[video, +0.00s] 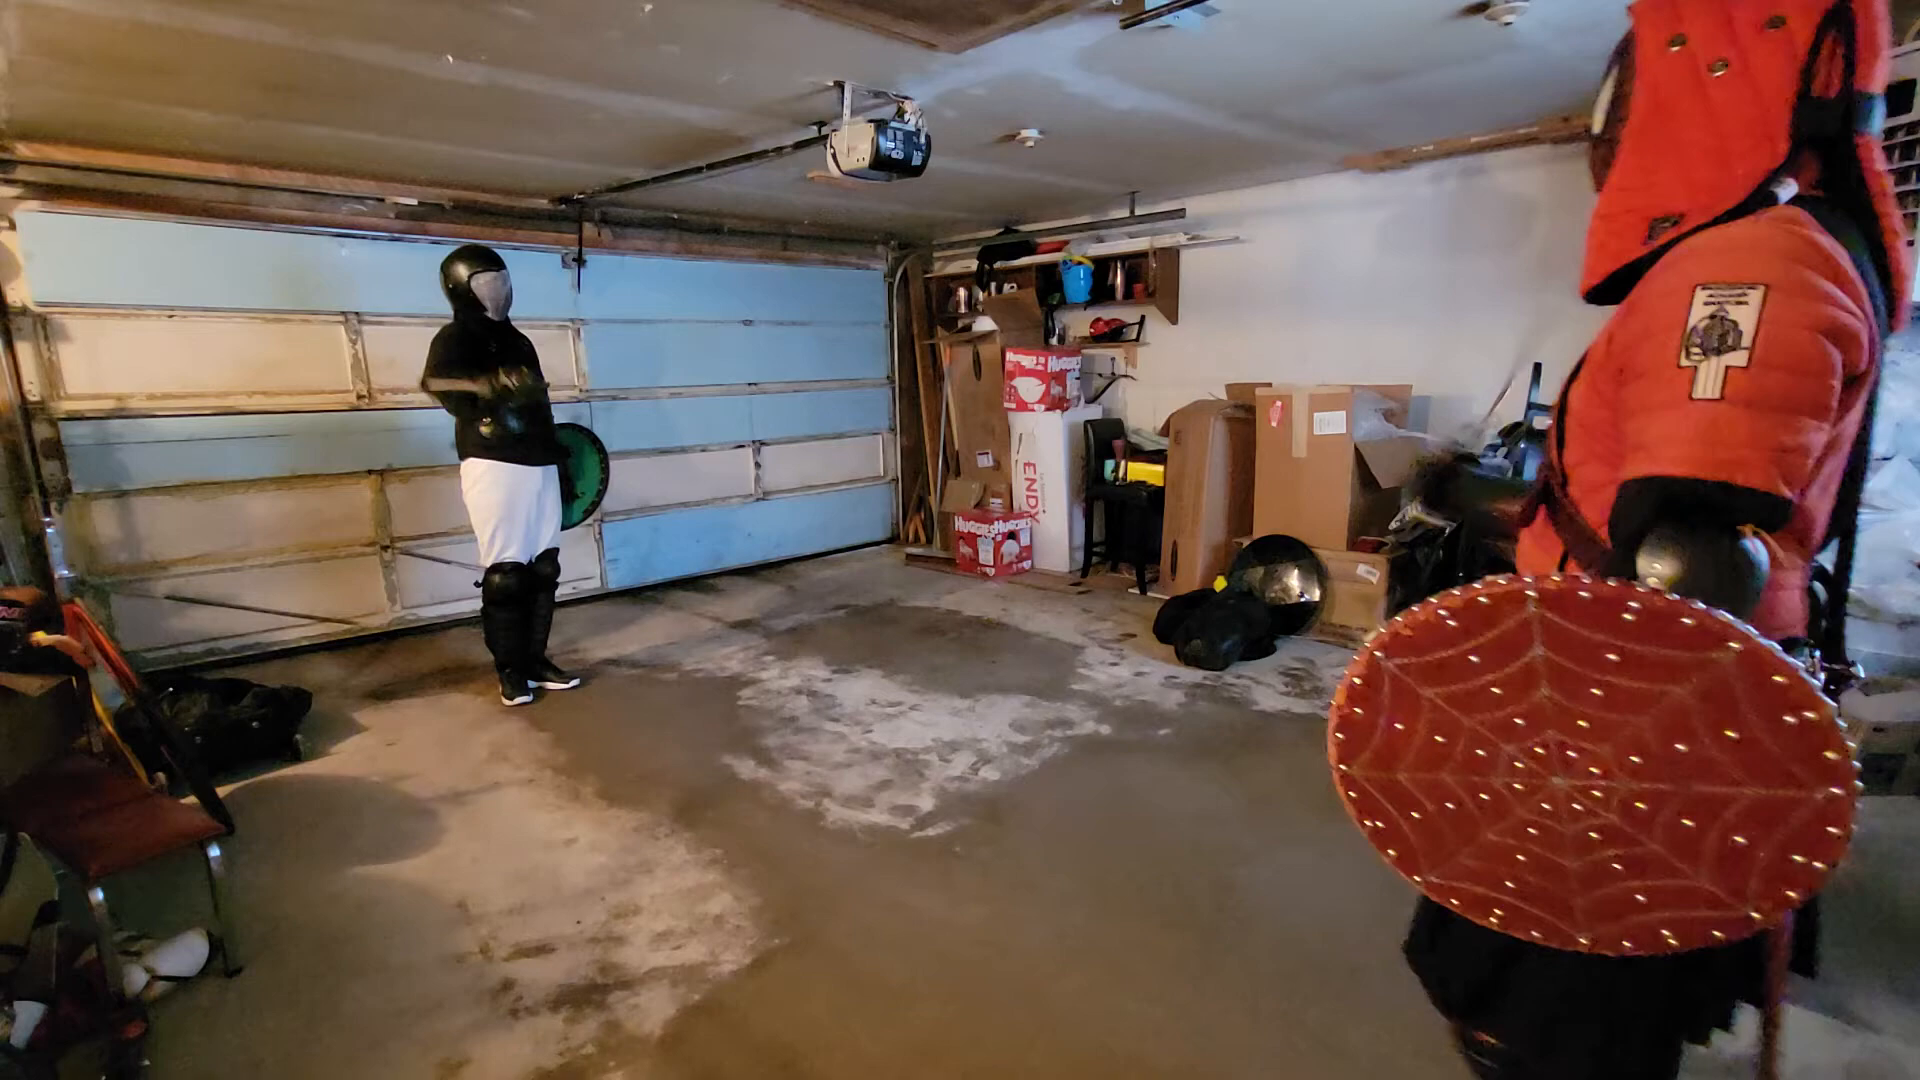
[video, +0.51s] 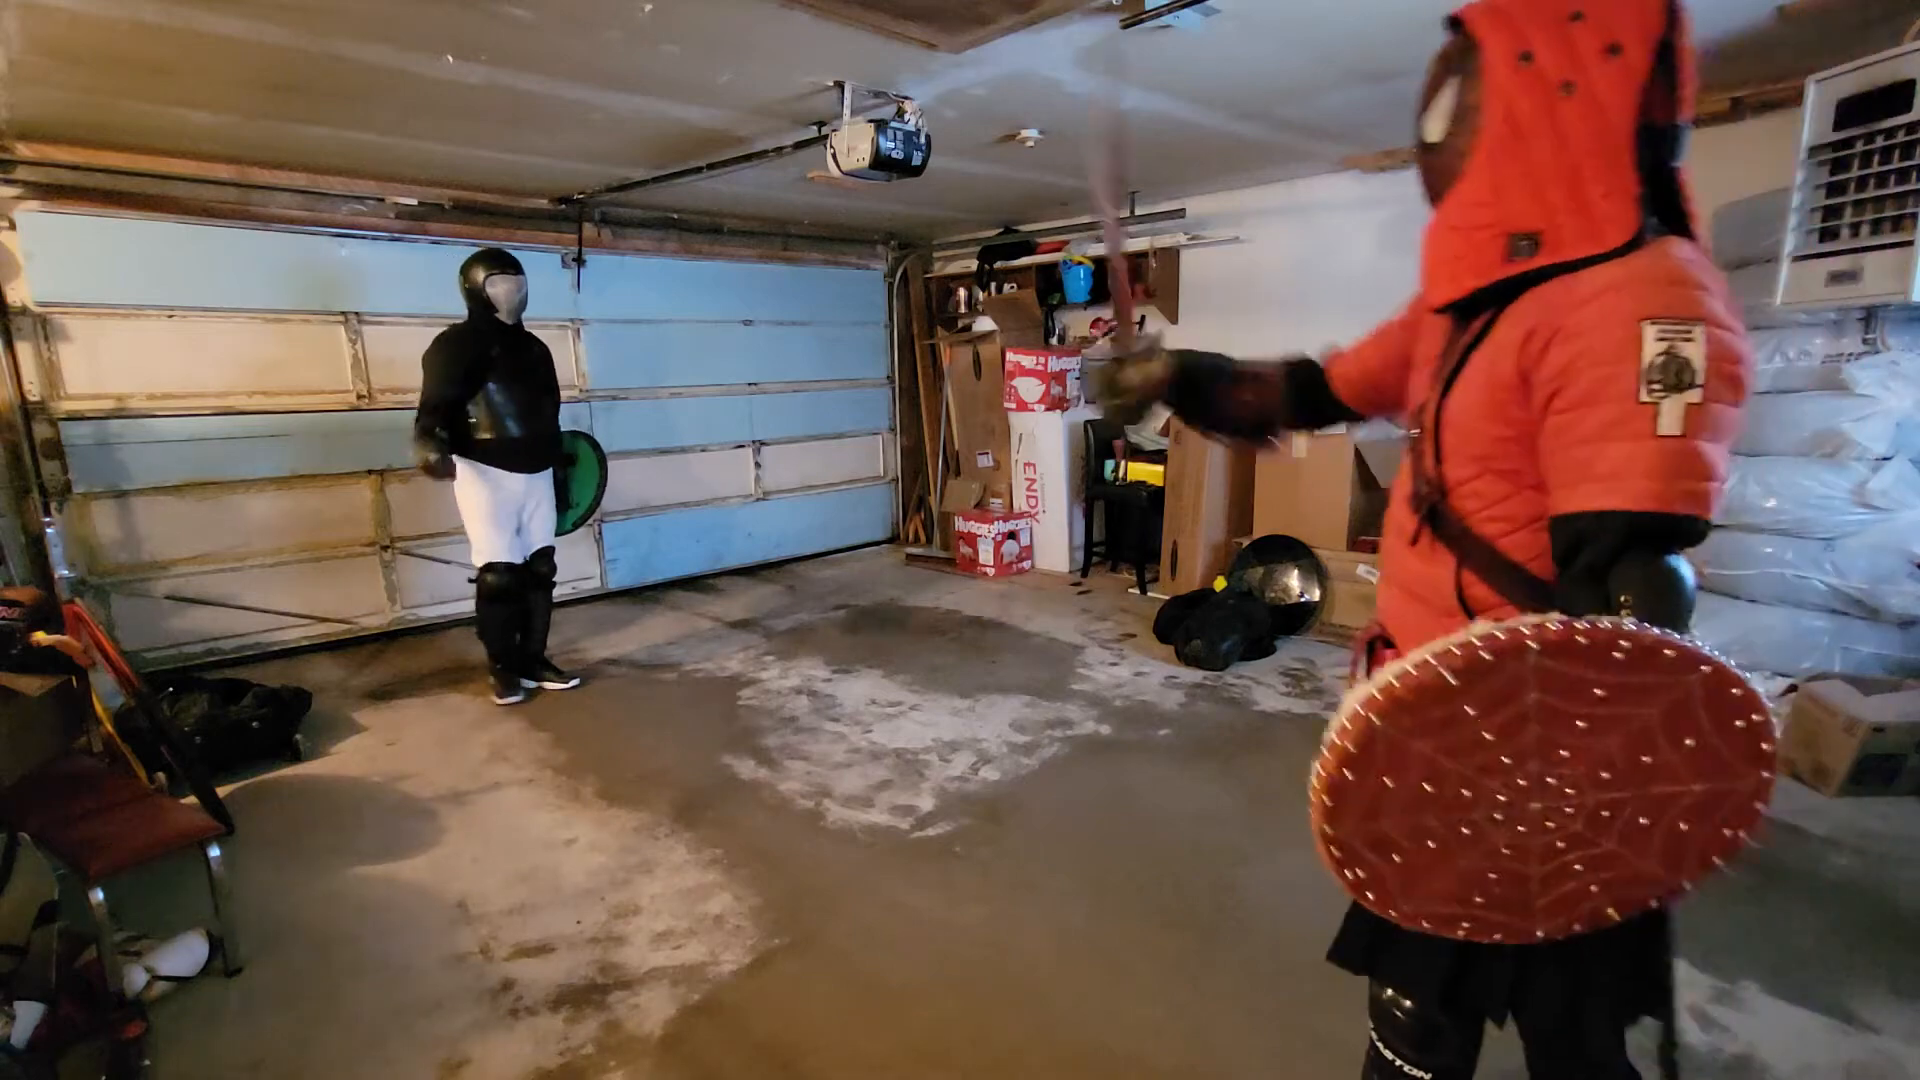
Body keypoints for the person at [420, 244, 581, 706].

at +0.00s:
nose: (504, 289)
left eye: (504, 279)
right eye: (492, 281)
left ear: (506, 282)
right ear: (467, 289)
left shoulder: (520, 342)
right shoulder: (454, 340)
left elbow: (538, 409)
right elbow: (441, 386)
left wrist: (558, 460)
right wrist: (490, 392)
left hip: (539, 464)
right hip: (493, 466)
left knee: (543, 566)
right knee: (506, 570)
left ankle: (535, 661)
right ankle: (510, 672)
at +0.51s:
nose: (522, 285)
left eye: (521, 277)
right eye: (511, 278)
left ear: (516, 285)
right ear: (484, 286)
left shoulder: (535, 349)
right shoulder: (457, 345)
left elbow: (547, 414)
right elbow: (435, 403)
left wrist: (558, 466)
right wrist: (433, 448)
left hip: (537, 470)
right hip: (483, 471)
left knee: (539, 567)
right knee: (499, 571)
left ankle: (534, 663)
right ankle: (502, 670)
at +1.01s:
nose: (451, 289)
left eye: (457, 280)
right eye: (438, 282)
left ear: (470, 287)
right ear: (423, 294)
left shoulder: (505, 345)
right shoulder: (412, 354)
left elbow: (546, 389)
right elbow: (399, 417)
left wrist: (574, 421)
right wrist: (397, 469)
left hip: (510, 473)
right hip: (449, 477)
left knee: (528, 564)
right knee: (443, 574)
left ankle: (532, 660)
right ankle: (454, 651)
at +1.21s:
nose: (425, 295)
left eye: (431, 284)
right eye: (412, 288)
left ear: (444, 288)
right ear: (398, 299)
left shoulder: (483, 344)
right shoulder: (390, 358)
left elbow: (543, 383)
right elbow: (373, 419)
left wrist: (549, 354)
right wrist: (361, 457)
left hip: (491, 473)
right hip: (431, 479)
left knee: (515, 563)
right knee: (438, 574)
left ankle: (530, 661)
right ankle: (459, 654)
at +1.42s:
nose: (406, 301)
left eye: (412, 290)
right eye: (393, 294)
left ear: (426, 291)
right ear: (379, 303)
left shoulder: (467, 341)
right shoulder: (375, 358)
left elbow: (530, 366)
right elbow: (353, 417)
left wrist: (501, 312)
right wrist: (333, 436)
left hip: (478, 471)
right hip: (420, 479)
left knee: (512, 555)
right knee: (431, 571)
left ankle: (521, 648)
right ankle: (458, 654)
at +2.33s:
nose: (408, 306)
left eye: (414, 295)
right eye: (395, 299)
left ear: (427, 296)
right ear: (379, 308)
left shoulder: (466, 347)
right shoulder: (372, 364)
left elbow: (513, 406)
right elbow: (361, 423)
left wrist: (510, 362)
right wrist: (366, 451)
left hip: (482, 473)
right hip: (422, 483)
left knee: (519, 558)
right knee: (433, 573)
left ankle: (547, 651)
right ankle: (459, 656)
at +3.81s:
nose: (455, 291)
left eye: (463, 279)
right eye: (441, 283)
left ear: (480, 280)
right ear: (428, 293)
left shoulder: (526, 342)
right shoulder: (419, 355)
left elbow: (591, 384)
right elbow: (381, 424)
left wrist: (563, 324)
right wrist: (385, 452)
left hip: (529, 496)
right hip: (459, 502)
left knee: (565, 595)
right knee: (454, 608)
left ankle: (589, 708)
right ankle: (482, 684)